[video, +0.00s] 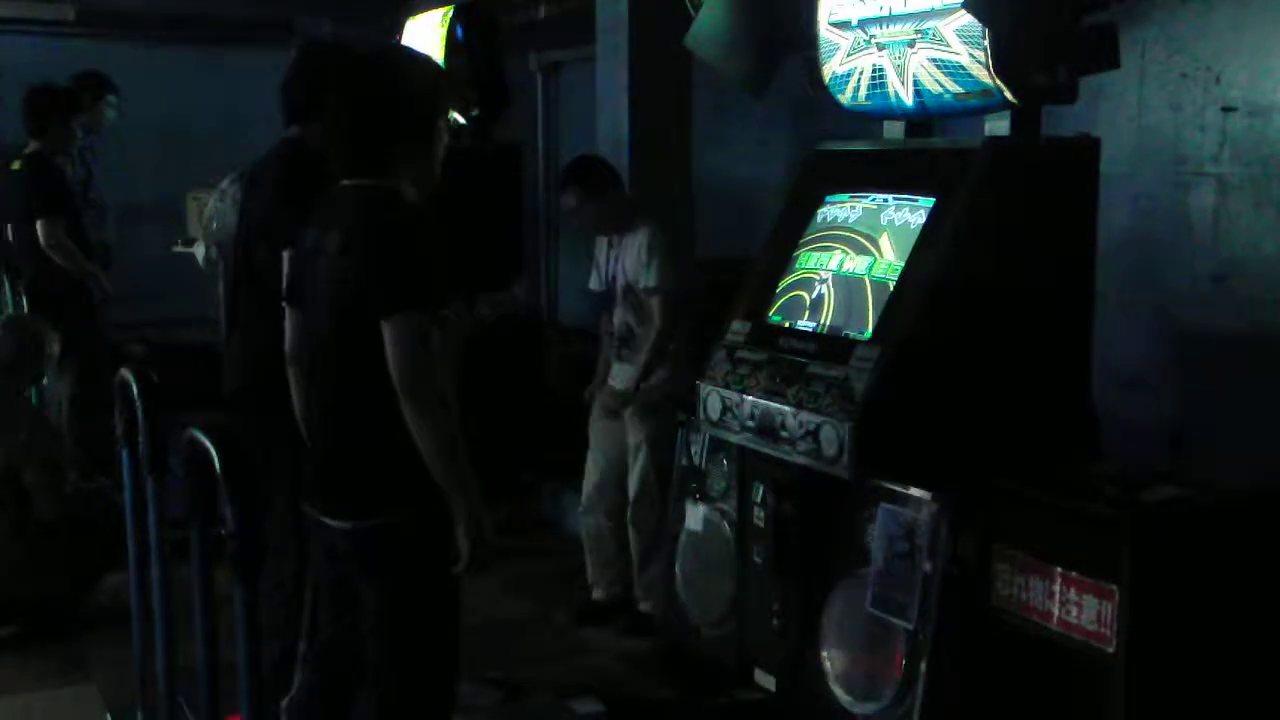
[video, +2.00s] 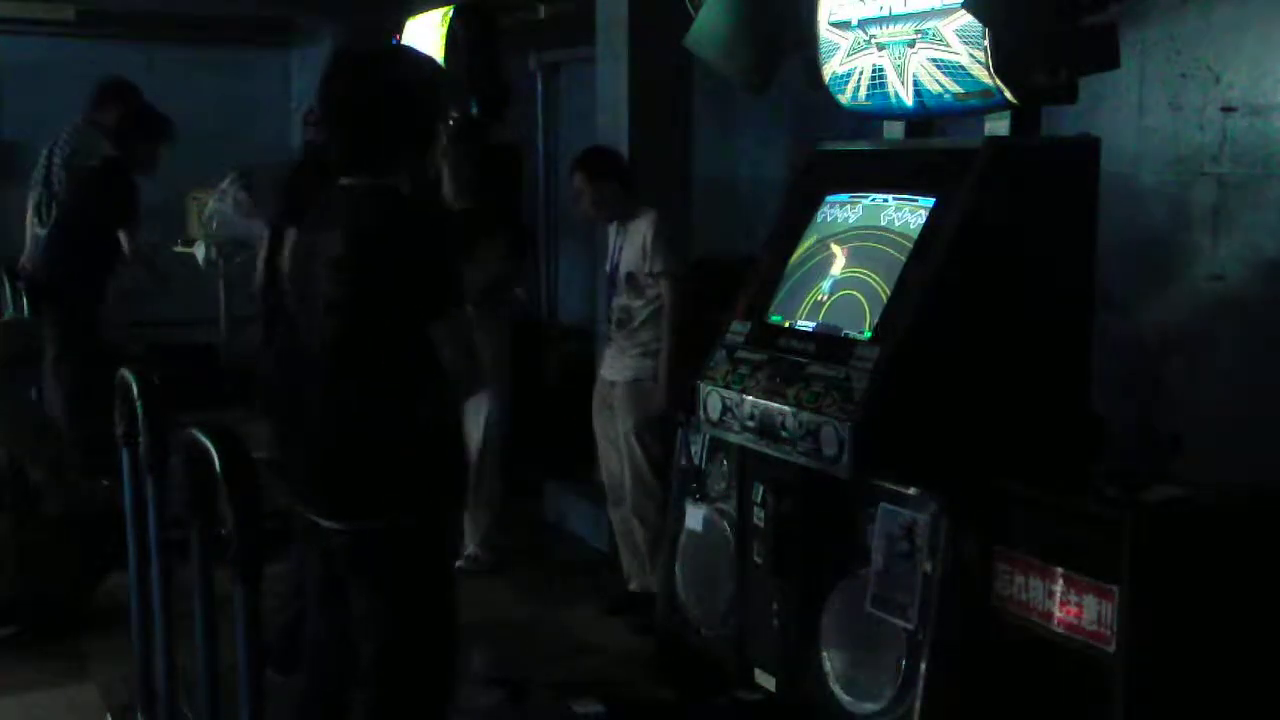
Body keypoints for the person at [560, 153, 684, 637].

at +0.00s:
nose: (576, 219)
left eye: (579, 208)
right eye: (572, 210)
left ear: (604, 198)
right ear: (588, 206)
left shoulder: (648, 239)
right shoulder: (604, 242)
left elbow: (663, 321)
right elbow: (608, 321)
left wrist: (636, 384)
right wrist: (601, 379)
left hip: (653, 386)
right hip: (615, 382)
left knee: (643, 499)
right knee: (598, 495)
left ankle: (651, 602)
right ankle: (605, 593)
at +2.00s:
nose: (582, 203)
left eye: (586, 192)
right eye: (579, 194)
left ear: (610, 188)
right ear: (595, 192)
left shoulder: (649, 230)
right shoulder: (615, 233)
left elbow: (668, 304)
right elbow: (619, 308)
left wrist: (665, 380)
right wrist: (607, 365)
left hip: (641, 375)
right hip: (611, 372)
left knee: (642, 484)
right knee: (616, 482)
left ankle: (654, 586)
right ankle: (633, 580)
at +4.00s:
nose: (599, 180)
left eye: (605, 171)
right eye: (600, 171)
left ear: (624, 177)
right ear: (636, 176)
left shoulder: (645, 230)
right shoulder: (640, 227)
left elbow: (632, 317)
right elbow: (626, 317)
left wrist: (611, 387)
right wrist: (604, 377)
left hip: (638, 390)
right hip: (632, 386)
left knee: (639, 497)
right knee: (625, 494)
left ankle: (653, 590)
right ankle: (638, 583)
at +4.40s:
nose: (603, 182)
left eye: (607, 174)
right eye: (604, 173)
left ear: (621, 178)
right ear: (640, 176)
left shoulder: (647, 227)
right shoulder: (646, 224)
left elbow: (639, 310)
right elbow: (636, 309)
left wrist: (621, 381)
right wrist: (612, 371)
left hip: (640, 375)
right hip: (630, 370)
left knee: (638, 483)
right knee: (623, 478)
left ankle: (646, 583)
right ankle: (625, 569)